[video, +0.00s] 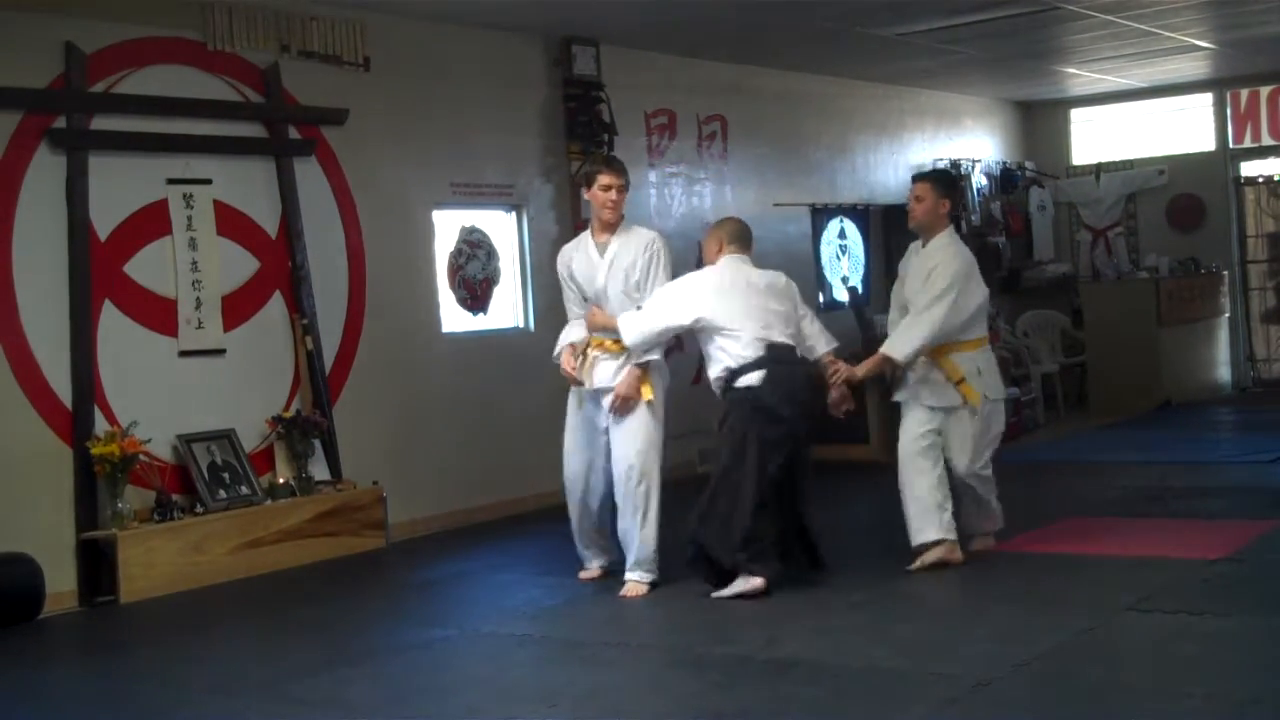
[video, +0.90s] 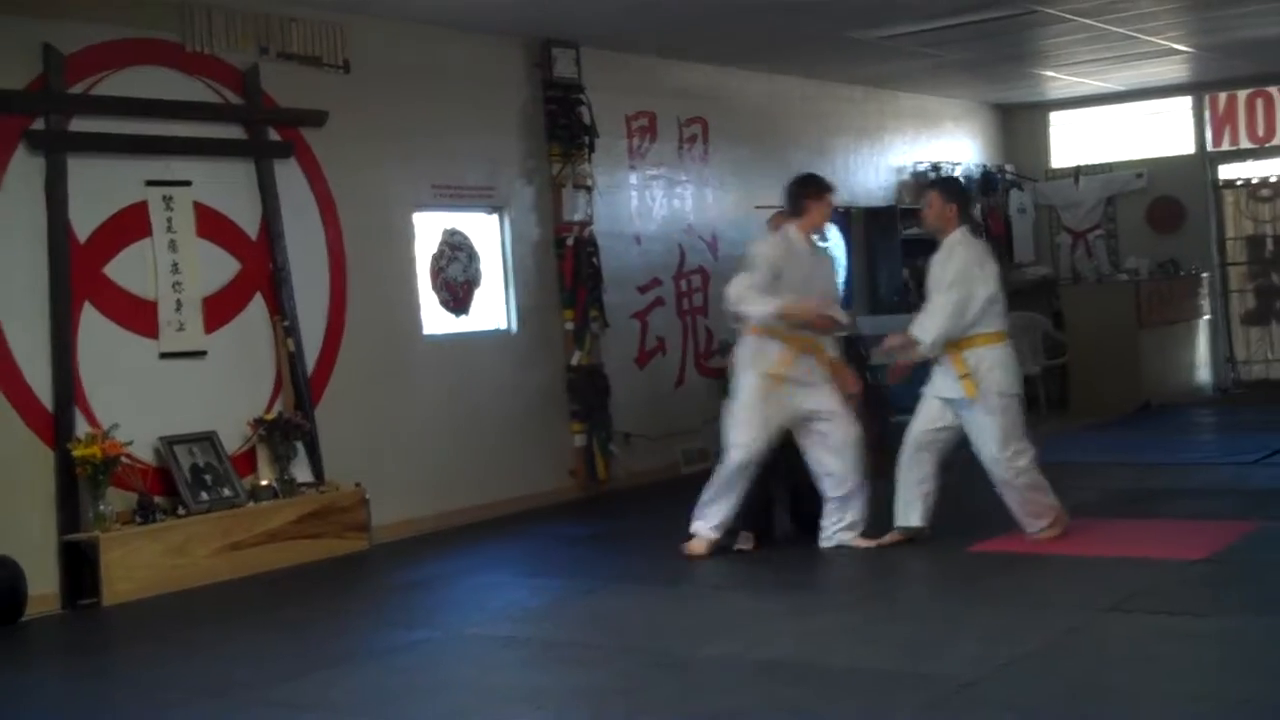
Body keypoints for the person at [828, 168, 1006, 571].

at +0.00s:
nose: (909, 207)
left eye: (918, 200)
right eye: (910, 200)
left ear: (944, 207)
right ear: (919, 206)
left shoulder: (956, 259)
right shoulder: (915, 254)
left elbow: (933, 320)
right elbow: (898, 312)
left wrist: (874, 362)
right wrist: (897, 352)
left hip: (967, 372)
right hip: (923, 370)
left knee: (966, 462)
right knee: (915, 452)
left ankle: (982, 530)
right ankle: (938, 541)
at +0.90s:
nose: (922, 214)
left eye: (928, 206)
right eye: (923, 207)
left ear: (951, 210)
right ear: (947, 211)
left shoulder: (967, 251)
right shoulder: (947, 253)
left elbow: (952, 311)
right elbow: (937, 307)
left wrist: (915, 350)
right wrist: (908, 335)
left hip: (984, 361)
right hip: (951, 362)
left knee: (1002, 452)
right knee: (919, 442)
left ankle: (1048, 518)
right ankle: (909, 524)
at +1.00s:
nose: (953, 209)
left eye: (959, 201)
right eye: (954, 201)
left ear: (982, 205)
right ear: (978, 207)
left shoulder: (997, 250)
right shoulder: (977, 250)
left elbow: (978, 316)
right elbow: (968, 309)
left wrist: (931, 329)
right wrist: (932, 327)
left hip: (1015, 360)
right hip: (982, 360)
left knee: (1019, 450)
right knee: (946, 432)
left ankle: (1059, 516)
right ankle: (934, 515)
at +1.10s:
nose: (973, 204)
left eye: (980, 196)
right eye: (975, 196)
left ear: (1001, 201)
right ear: (996, 202)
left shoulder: (1017, 248)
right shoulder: (985, 250)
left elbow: (993, 311)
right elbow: (967, 303)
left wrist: (938, 323)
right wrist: (939, 323)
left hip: (1026, 357)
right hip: (990, 358)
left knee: (1025, 446)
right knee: (962, 433)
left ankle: (1058, 517)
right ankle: (988, 507)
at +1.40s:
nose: (992, 201)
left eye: (1000, 193)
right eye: (993, 193)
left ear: (1025, 197)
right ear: (1014, 198)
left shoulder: (1046, 242)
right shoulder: (1005, 246)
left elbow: (1040, 313)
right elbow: (1002, 306)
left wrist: (1000, 352)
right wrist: (993, 348)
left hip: (1047, 347)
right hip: (1015, 349)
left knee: (1036, 435)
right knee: (1014, 440)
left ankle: (1063, 514)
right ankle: (1062, 502)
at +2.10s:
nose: (1047, 198)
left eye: (1055, 190)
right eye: (1046, 191)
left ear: (1078, 195)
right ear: (1047, 196)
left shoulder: (1096, 241)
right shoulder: (1042, 242)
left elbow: (1097, 303)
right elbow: (1028, 297)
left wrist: (1075, 354)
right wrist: (1018, 347)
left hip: (1080, 339)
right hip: (1043, 339)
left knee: (1078, 420)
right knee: (1049, 424)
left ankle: (1086, 500)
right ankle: (1066, 495)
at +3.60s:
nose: (1024, 199)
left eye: (1032, 192)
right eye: (1021, 193)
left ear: (1055, 196)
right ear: (1018, 200)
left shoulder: (1080, 245)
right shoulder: (1013, 249)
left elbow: (1088, 308)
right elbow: (997, 308)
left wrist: (1064, 362)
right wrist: (987, 366)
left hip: (1069, 347)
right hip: (1022, 349)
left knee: (1090, 439)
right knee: (1005, 429)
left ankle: (1102, 505)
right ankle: (996, 515)